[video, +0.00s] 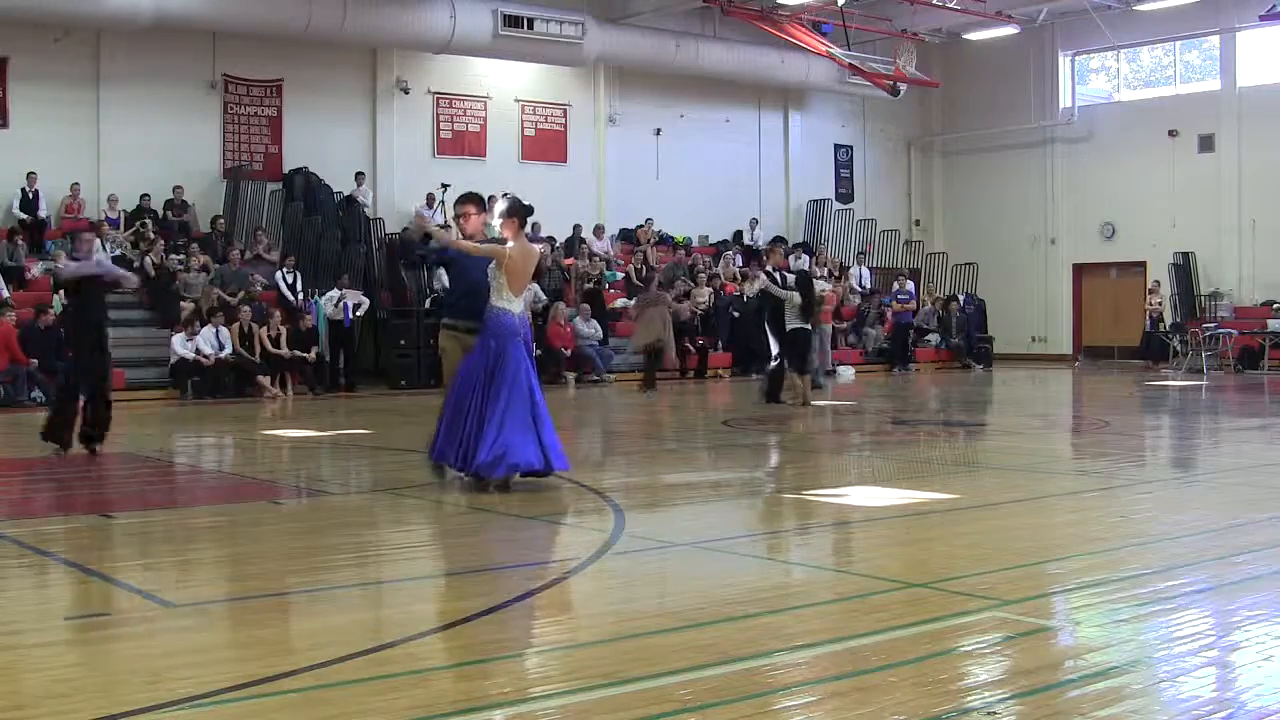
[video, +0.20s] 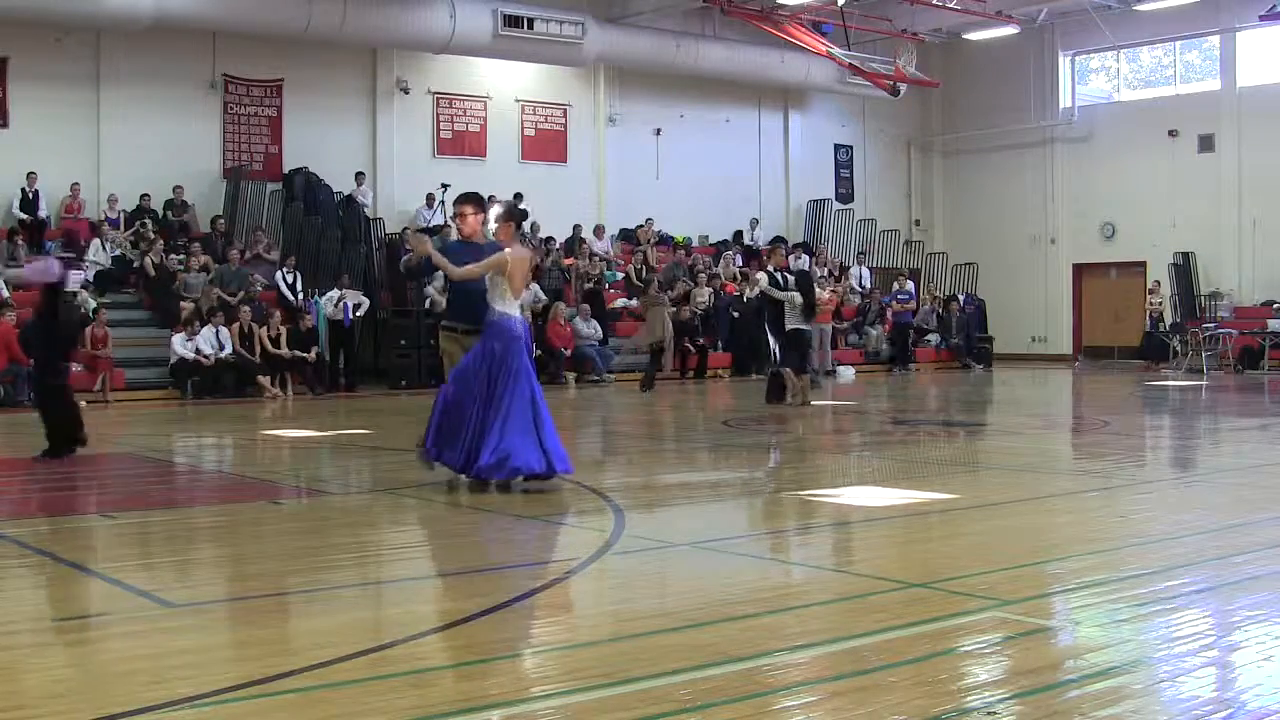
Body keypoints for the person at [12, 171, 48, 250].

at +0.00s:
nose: (33, 181)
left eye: (35, 179)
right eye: (31, 179)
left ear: (36, 180)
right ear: (27, 180)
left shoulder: (39, 193)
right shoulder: (20, 192)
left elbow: (42, 208)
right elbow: (15, 209)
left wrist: (41, 216)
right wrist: (25, 217)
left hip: (36, 216)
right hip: (24, 216)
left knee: (42, 224)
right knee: (30, 226)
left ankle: (39, 248)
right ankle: (30, 248)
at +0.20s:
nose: (33, 180)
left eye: (35, 178)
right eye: (31, 178)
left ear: (37, 180)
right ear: (27, 179)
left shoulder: (39, 193)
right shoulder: (20, 192)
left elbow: (42, 208)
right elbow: (15, 209)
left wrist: (41, 216)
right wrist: (25, 217)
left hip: (36, 217)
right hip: (25, 217)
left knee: (43, 223)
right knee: (32, 225)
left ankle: (39, 247)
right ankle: (31, 248)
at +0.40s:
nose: (33, 180)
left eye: (35, 178)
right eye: (31, 178)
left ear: (36, 180)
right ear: (27, 179)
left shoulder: (38, 193)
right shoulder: (20, 192)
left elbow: (42, 208)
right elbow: (15, 210)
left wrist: (41, 216)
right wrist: (25, 217)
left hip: (36, 218)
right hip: (24, 219)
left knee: (43, 224)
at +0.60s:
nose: (33, 180)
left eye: (35, 178)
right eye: (31, 178)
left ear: (36, 180)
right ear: (27, 180)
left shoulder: (39, 193)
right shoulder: (20, 192)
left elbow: (42, 208)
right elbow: (14, 209)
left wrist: (41, 215)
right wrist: (25, 217)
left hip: (36, 217)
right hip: (25, 217)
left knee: (43, 224)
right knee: (31, 226)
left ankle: (39, 248)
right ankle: (30, 248)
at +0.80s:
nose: (33, 181)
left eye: (35, 179)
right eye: (31, 178)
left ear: (36, 180)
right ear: (27, 180)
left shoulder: (39, 193)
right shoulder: (20, 192)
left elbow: (43, 208)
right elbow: (14, 209)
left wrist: (41, 215)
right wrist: (25, 217)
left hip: (36, 216)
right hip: (24, 217)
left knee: (43, 223)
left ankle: (39, 247)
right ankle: (30, 248)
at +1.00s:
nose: (33, 181)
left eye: (35, 179)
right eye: (31, 178)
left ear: (36, 180)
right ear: (27, 180)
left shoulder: (39, 193)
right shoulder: (20, 192)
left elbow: (43, 208)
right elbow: (14, 210)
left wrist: (41, 216)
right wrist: (25, 217)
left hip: (36, 218)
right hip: (25, 218)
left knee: (43, 223)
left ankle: (40, 248)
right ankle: (30, 249)